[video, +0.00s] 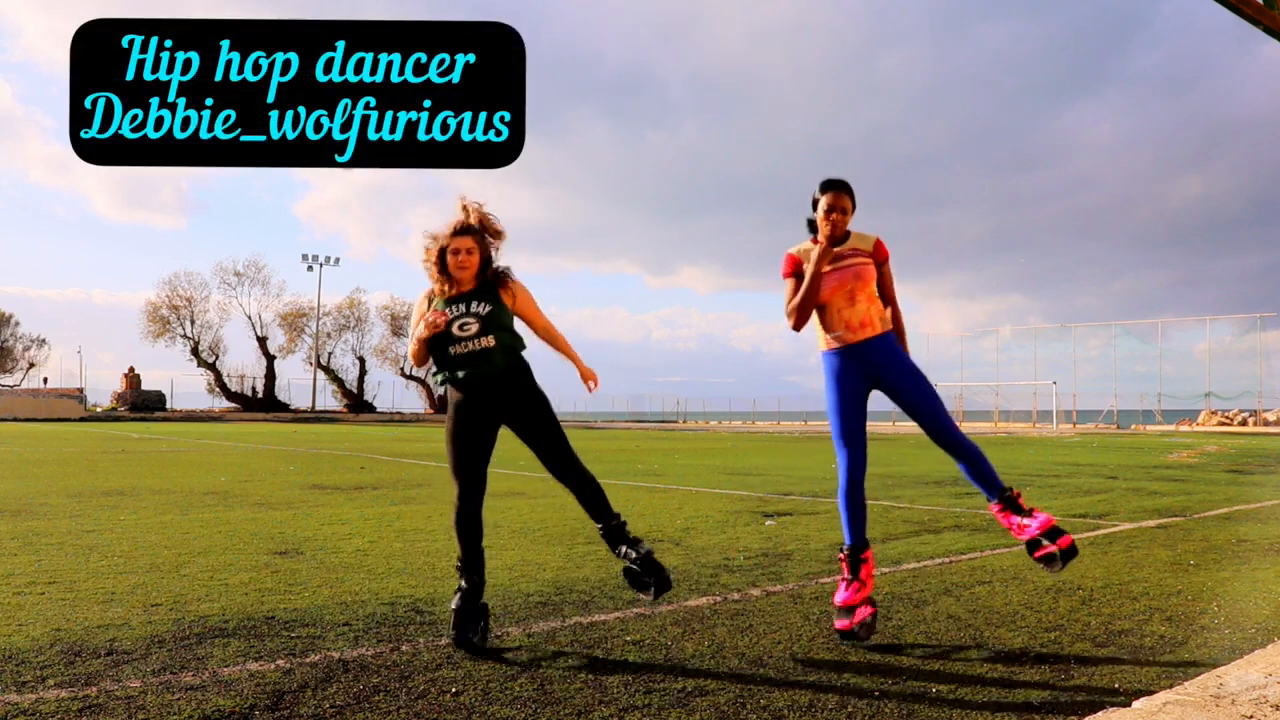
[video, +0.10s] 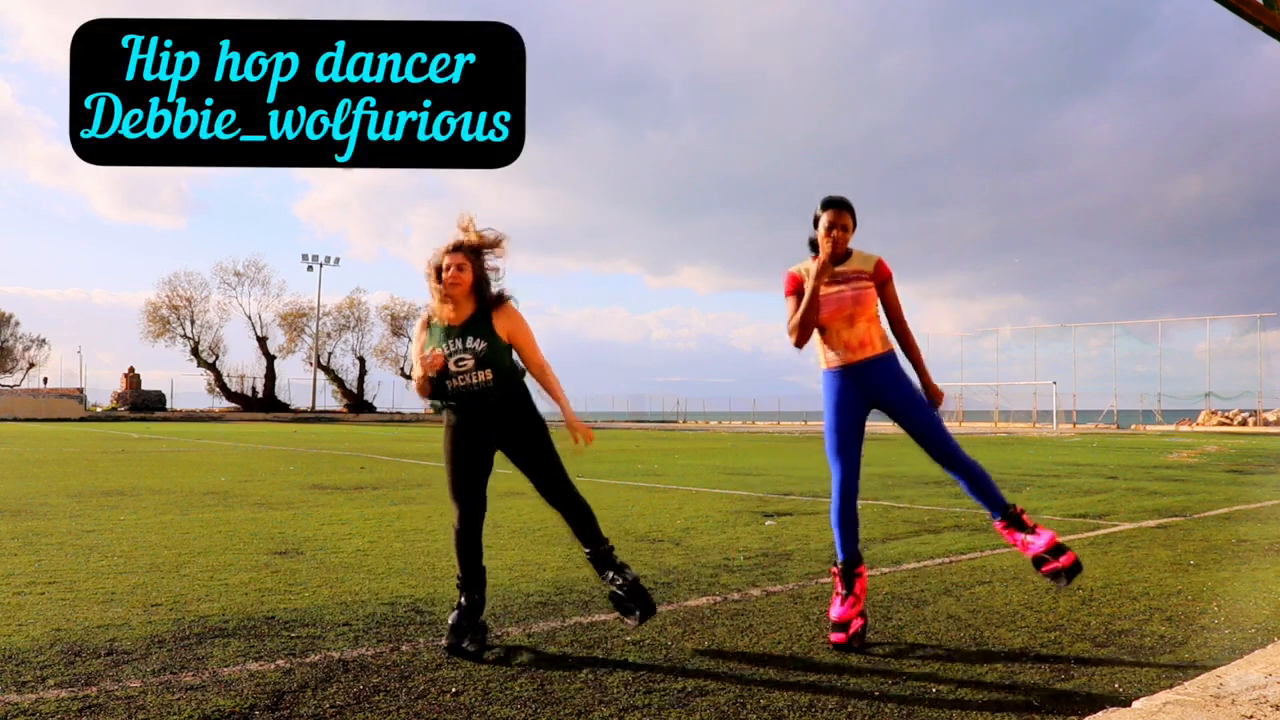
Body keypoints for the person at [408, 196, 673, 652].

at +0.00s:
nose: (461, 258)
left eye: (469, 251)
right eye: (454, 252)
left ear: (482, 257)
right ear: (443, 258)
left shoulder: (505, 289)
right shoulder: (429, 302)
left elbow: (542, 327)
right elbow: (417, 360)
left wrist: (578, 362)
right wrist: (423, 335)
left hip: (517, 390)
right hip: (468, 401)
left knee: (566, 466)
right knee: (467, 495)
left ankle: (623, 544)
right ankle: (470, 589)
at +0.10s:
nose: (452, 273)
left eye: (461, 267)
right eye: (447, 267)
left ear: (476, 275)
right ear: (439, 276)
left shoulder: (501, 313)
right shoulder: (428, 324)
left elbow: (537, 365)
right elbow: (420, 389)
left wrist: (567, 413)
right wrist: (426, 372)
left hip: (513, 416)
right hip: (464, 424)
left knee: (562, 494)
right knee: (467, 518)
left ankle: (613, 572)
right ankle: (470, 609)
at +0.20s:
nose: (453, 279)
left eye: (462, 273)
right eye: (449, 272)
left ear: (479, 279)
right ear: (442, 278)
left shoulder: (506, 320)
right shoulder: (432, 326)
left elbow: (537, 370)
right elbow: (414, 378)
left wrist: (530, 411)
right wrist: (424, 386)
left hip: (515, 421)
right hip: (466, 431)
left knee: (554, 505)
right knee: (468, 521)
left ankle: (586, 587)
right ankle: (470, 608)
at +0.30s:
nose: (474, 262)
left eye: (483, 256)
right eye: (470, 254)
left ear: (503, 259)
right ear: (465, 256)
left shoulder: (524, 293)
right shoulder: (454, 293)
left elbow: (556, 338)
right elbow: (433, 338)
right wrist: (417, 380)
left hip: (518, 403)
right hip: (469, 405)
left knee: (538, 495)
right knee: (468, 501)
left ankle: (544, 589)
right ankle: (463, 603)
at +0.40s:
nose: (487, 251)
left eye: (496, 244)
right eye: (484, 243)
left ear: (518, 247)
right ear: (481, 242)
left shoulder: (542, 283)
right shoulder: (471, 276)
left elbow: (574, 332)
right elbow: (442, 325)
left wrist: (543, 301)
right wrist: (421, 374)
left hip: (520, 394)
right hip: (470, 392)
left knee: (528, 491)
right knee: (459, 489)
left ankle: (529, 586)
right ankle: (448, 586)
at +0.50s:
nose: (504, 258)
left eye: (515, 254)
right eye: (503, 251)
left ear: (537, 261)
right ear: (500, 253)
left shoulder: (559, 301)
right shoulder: (487, 288)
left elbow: (590, 355)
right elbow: (454, 339)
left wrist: (579, 326)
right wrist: (428, 386)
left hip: (528, 404)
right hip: (478, 396)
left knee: (527, 502)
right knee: (441, 487)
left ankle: (523, 597)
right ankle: (399, 579)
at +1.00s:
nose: (551, 271)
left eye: (560, 265)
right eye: (547, 264)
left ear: (579, 274)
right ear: (540, 269)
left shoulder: (590, 323)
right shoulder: (516, 303)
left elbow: (611, 372)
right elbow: (477, 347)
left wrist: (609, 378)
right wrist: (453, 387)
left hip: (546, 420)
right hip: (496, 407)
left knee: (548, 509)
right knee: (440, 482)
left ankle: (543, 601)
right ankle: (373, 568)